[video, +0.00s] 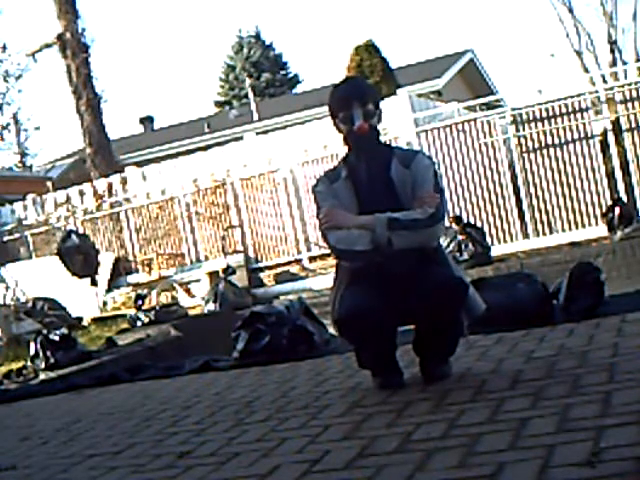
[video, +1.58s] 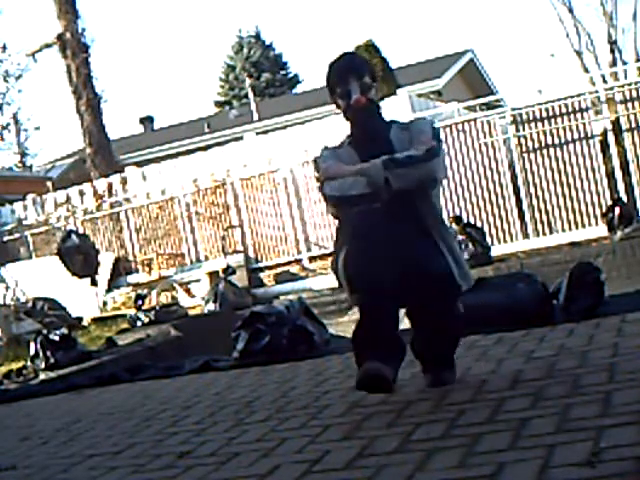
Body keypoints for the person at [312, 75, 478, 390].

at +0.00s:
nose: (360, 125)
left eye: (368, 113)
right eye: (348, 118)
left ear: (379, 114)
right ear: (336, 124)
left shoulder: (415, 163)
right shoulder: (327, 185)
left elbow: (432, 227)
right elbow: (341, 244)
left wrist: (357, 222)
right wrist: (412, 217)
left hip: (421, 267)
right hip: (364, 277)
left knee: (447, 290)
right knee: (355, 313)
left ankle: (435, 358)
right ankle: (384, 368)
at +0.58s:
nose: (349, 121)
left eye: (357, 109)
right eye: (337, 113)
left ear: (368, 110)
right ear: (326, 119)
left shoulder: (402, 156)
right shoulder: (315, 179)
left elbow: (419, 217)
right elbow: (329, 235)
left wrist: (344, 212)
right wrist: (399, 208)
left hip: (413, 260)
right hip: (359, 273)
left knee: (430, 292)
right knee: (362, 313)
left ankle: (434, 361)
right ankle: (385, 370)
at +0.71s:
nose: (343, 113)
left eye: (351, 102)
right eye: (332, 106)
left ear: (363, 104)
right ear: (320, 112)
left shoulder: (395, 147)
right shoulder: (308, 173)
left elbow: (407, 193)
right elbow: (321, 228)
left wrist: (337, 202)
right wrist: (386, 209)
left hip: (413, 263)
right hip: (358, 278)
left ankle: (442, 347)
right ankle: (385, 366)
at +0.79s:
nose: (341, 115)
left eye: (349, 104)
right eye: (329, 108)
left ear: (360, 106)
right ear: (317, 114)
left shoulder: (391, 151)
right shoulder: (306, 176)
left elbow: (409, 196)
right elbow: (321, 232)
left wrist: (338, 204)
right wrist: (387, 207)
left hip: (412, 253)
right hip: (358, 266)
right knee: (368, 308)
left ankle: (453, 361)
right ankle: (386, 369)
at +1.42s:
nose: (369, 124)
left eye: (376, 112)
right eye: (357, 118)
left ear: (388, 113)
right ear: (348, 126)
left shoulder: (426, 158)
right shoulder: (341, 184)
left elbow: (433, 194)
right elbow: (344, 231)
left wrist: (360, 205)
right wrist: (402, 210)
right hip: (384, 286)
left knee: (407, 248)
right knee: (363, 260)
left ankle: (434, 360)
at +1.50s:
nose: (364, 110)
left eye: (370, 99)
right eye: (352, 103)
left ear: (383, 99)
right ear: (341, 110)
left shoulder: (421, 143)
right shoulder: (337, 171)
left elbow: (435, 188)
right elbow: (340, 210)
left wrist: (359, 188)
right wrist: (404, 194)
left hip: (428, 264)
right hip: (370, 275)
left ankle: (436, 360)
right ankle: (377, 368)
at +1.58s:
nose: (357, 98)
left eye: (363, 87)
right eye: (345, 92)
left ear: (375, 86)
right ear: (335, 101)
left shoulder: (416, 131)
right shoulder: (333, 157)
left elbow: (433, 169)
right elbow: (335, 198)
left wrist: (361, 175)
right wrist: (397, 180)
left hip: (420, 239)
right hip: (366, 250)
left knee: (435, 292)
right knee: (376, 299)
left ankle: (438, 360)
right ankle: (376, 361)